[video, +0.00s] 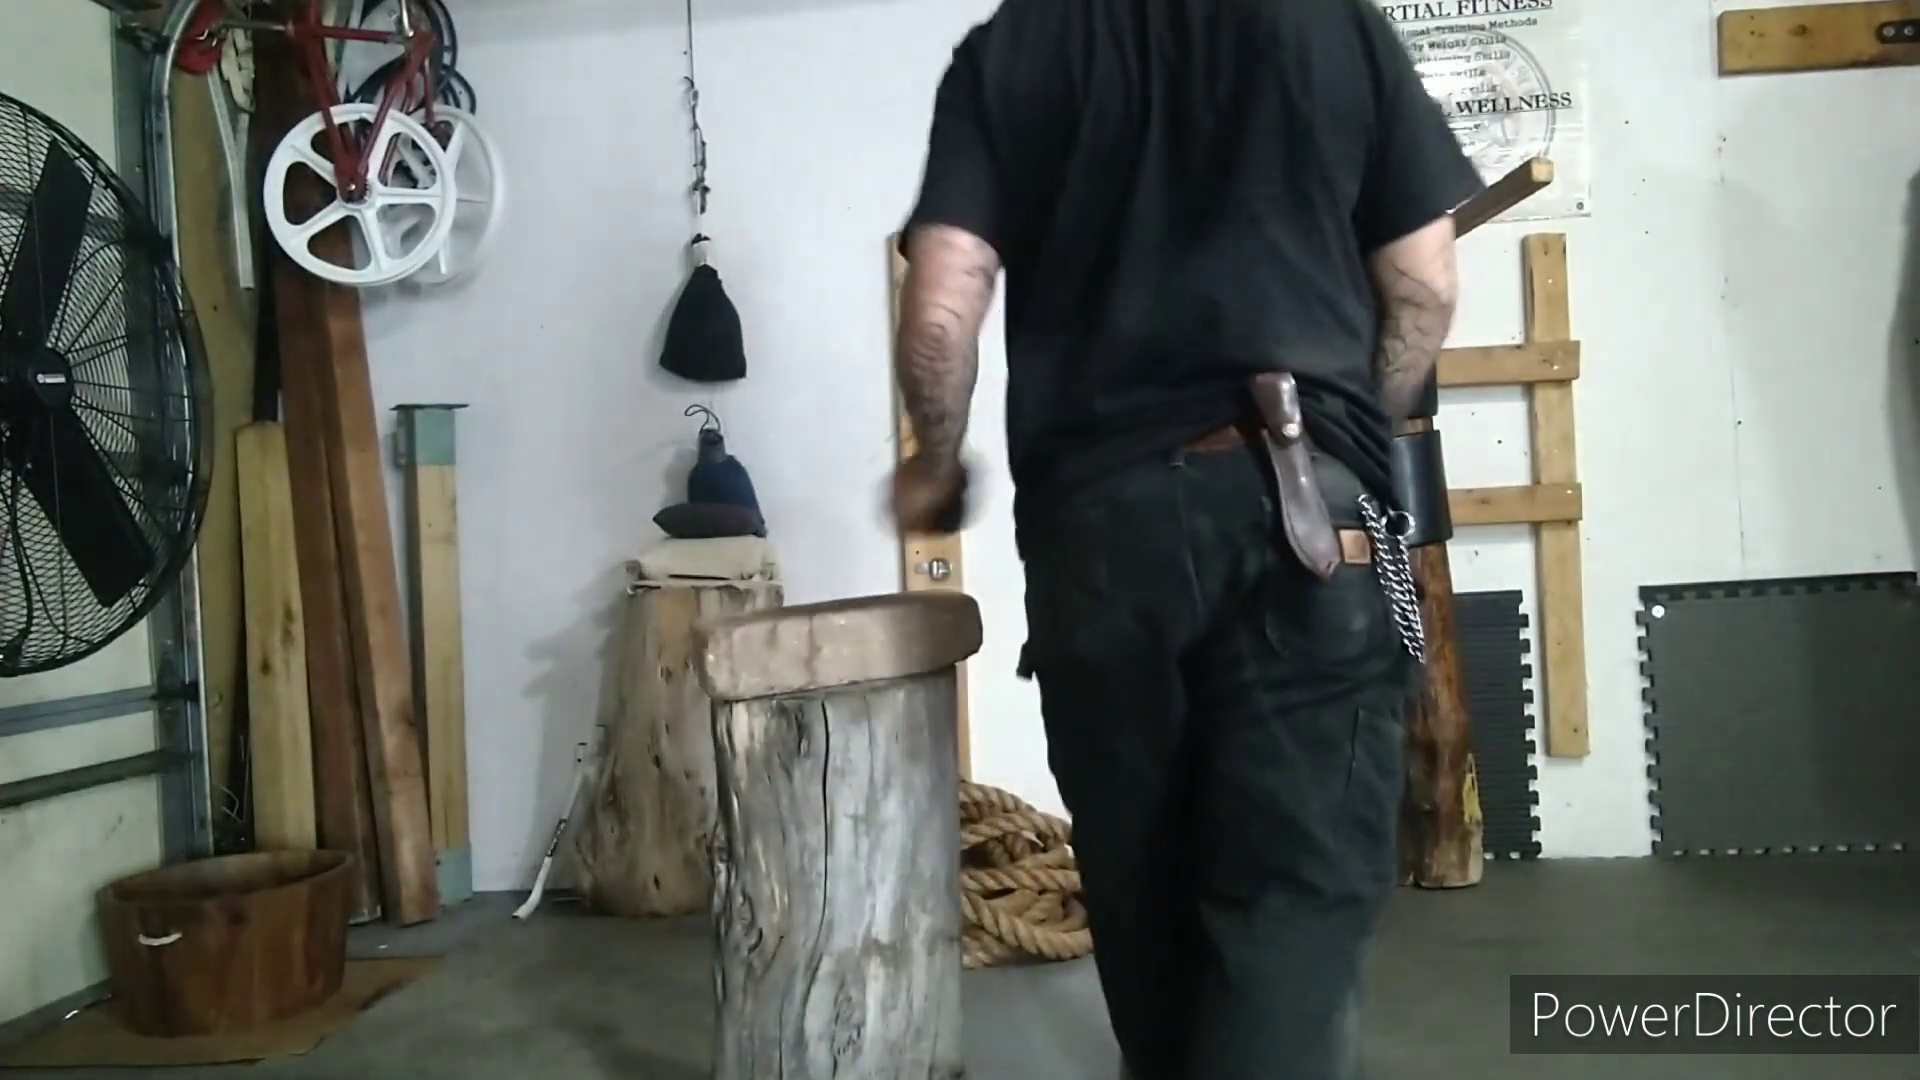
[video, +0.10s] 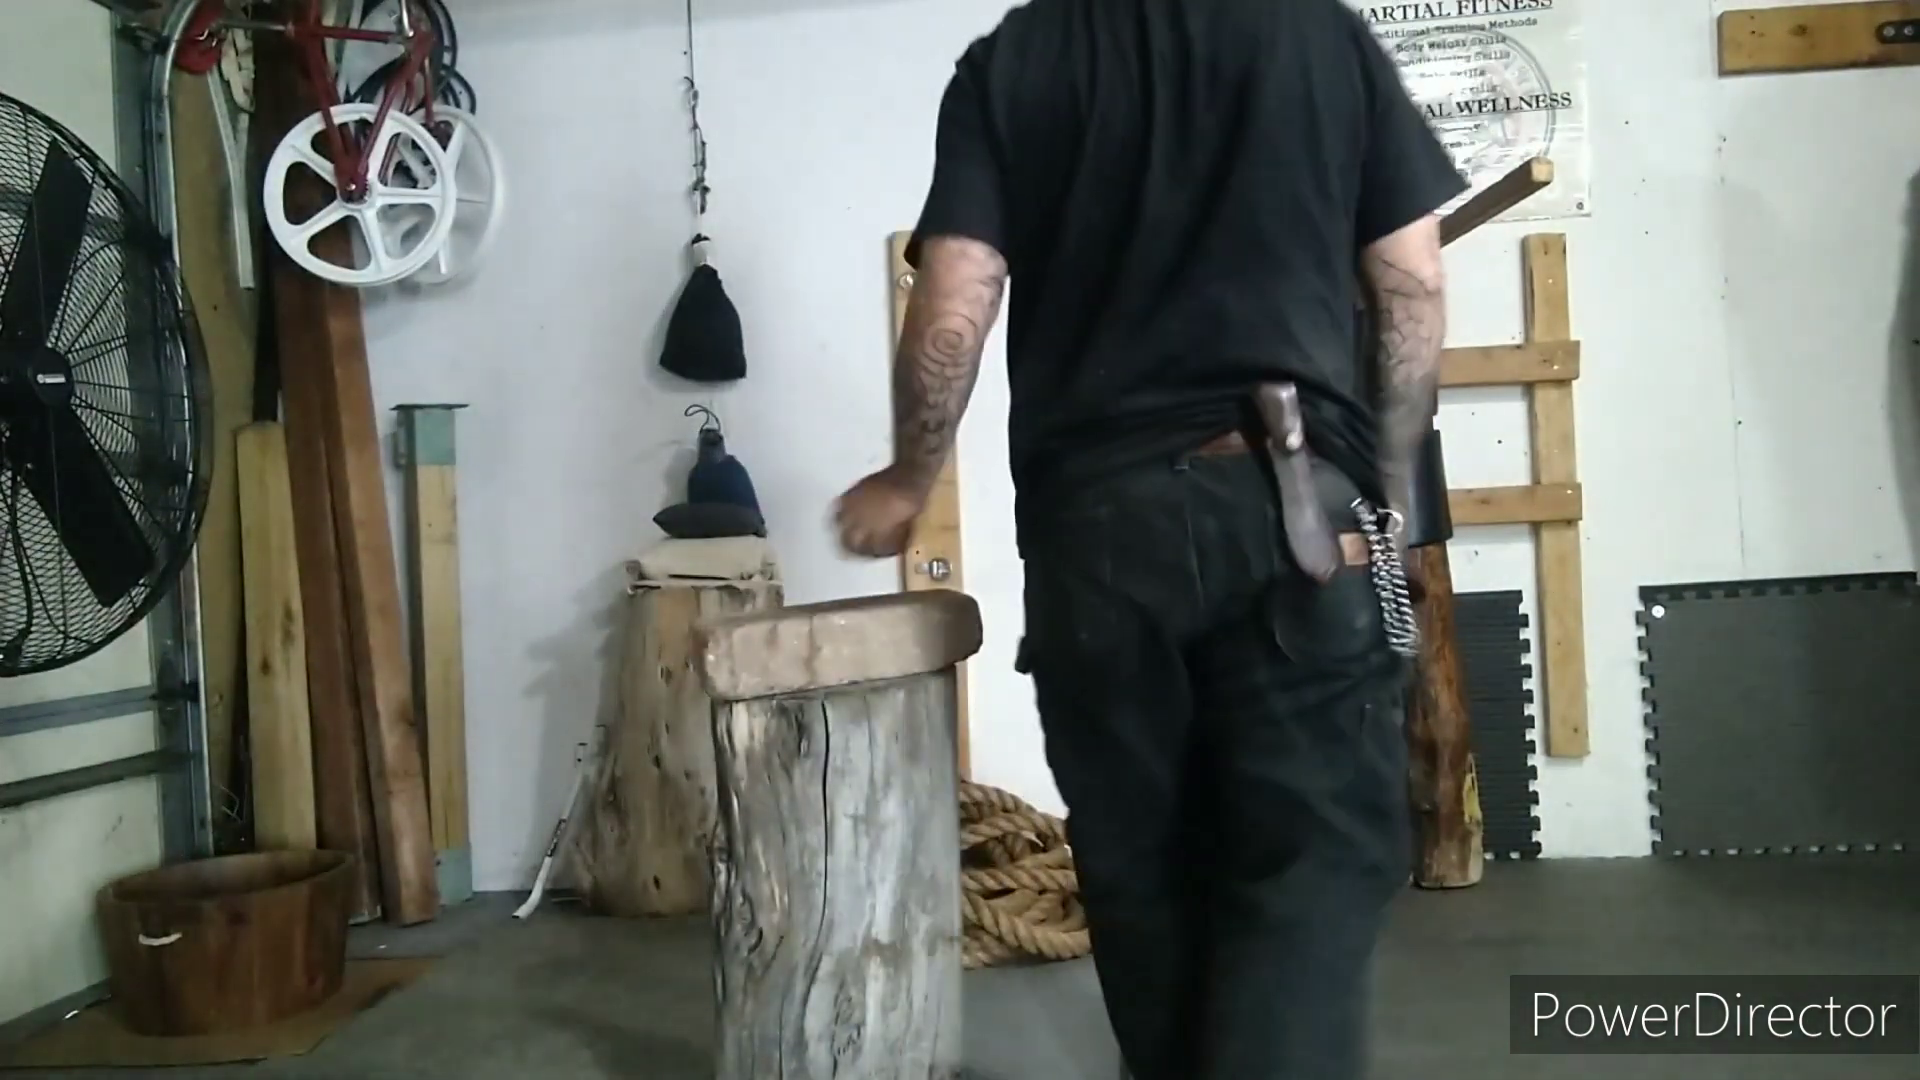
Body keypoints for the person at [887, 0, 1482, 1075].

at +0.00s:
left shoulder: (1011, 39)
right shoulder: (1332, 19)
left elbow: (943, 299)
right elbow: (1425, 278)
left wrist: (936, 455)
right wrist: (1365, 434)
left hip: (1103, 505)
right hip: (1317, 481)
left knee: (1140, 886)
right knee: (1297, 898)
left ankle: (1166, 1068)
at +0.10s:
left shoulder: (1007, 58)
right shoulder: (1321, 28)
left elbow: (955, 305)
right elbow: (1411, 279)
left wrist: (908, 480)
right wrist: (1386, 494)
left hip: (1099, 513)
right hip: (1307, 496)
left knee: (1139, 887)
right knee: (1312, 867)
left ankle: (1172, 1071)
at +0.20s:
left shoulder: (1009, 81)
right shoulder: (1309, 50)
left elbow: (960, 317)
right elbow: (1401, 275)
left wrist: (882, 497)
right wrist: (1436, 481)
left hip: (1098, 521)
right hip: (1294, 503)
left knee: (1141, 881)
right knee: (1331, 852)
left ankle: (1192, 1073)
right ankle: (1335, 1068)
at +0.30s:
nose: (1012, 16)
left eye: (1014, 8)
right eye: (1013, 11)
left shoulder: (1016, 85)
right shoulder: (1302, 57)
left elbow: (969, 319)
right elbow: (1402, 274)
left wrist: (883, 501)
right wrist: (1453, 471)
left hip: (1106, 523)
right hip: (1295, 505)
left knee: (1145, 877)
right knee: (1323, 848)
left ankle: (1197, 1070)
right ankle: (1364, 1069)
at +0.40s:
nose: (1008, 35)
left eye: (1009, 20)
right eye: (1007, 23)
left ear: (1050, 2)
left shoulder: (1021, 96)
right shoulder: (1297, 70)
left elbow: (978, 326)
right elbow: (1400, 276)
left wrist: (889, 508)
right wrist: (1451, 466)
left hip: (1112, 525)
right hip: (1292, 507)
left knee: (1146, 874)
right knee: (1312, 839)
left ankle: (1200, 1069)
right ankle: (1363, 1069)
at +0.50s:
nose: (1007, 77)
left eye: (1003, 52)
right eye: (1001, 58)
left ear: (1043, 10)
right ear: (1134, 6)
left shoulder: (1038, 112)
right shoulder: (1292, 92)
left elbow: (1010, 333)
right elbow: (1386, 288)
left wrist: (909, 513)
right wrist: (1419, 469)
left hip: (1124, 521)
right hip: (1290, 506)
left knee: (1150, 874)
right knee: (1291, 852)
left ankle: (1203, 1068)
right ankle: (1310, 1065)